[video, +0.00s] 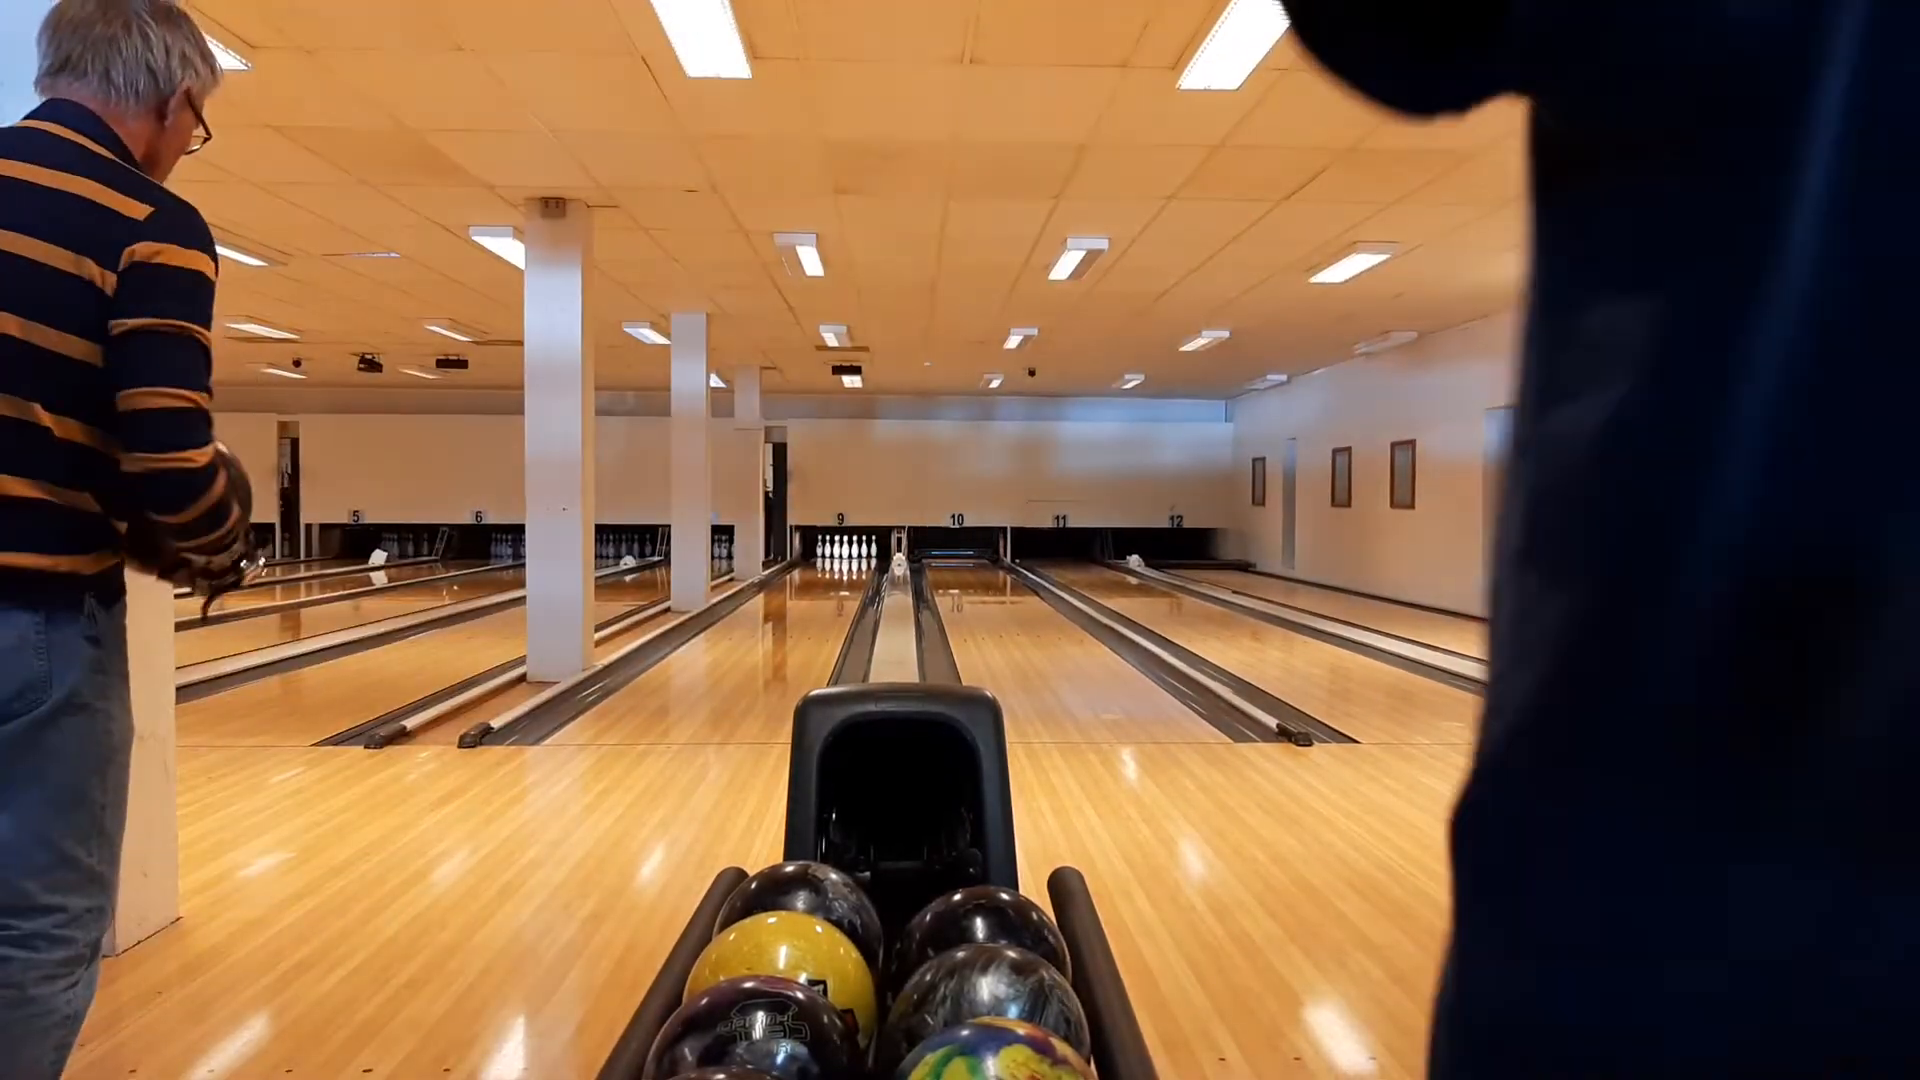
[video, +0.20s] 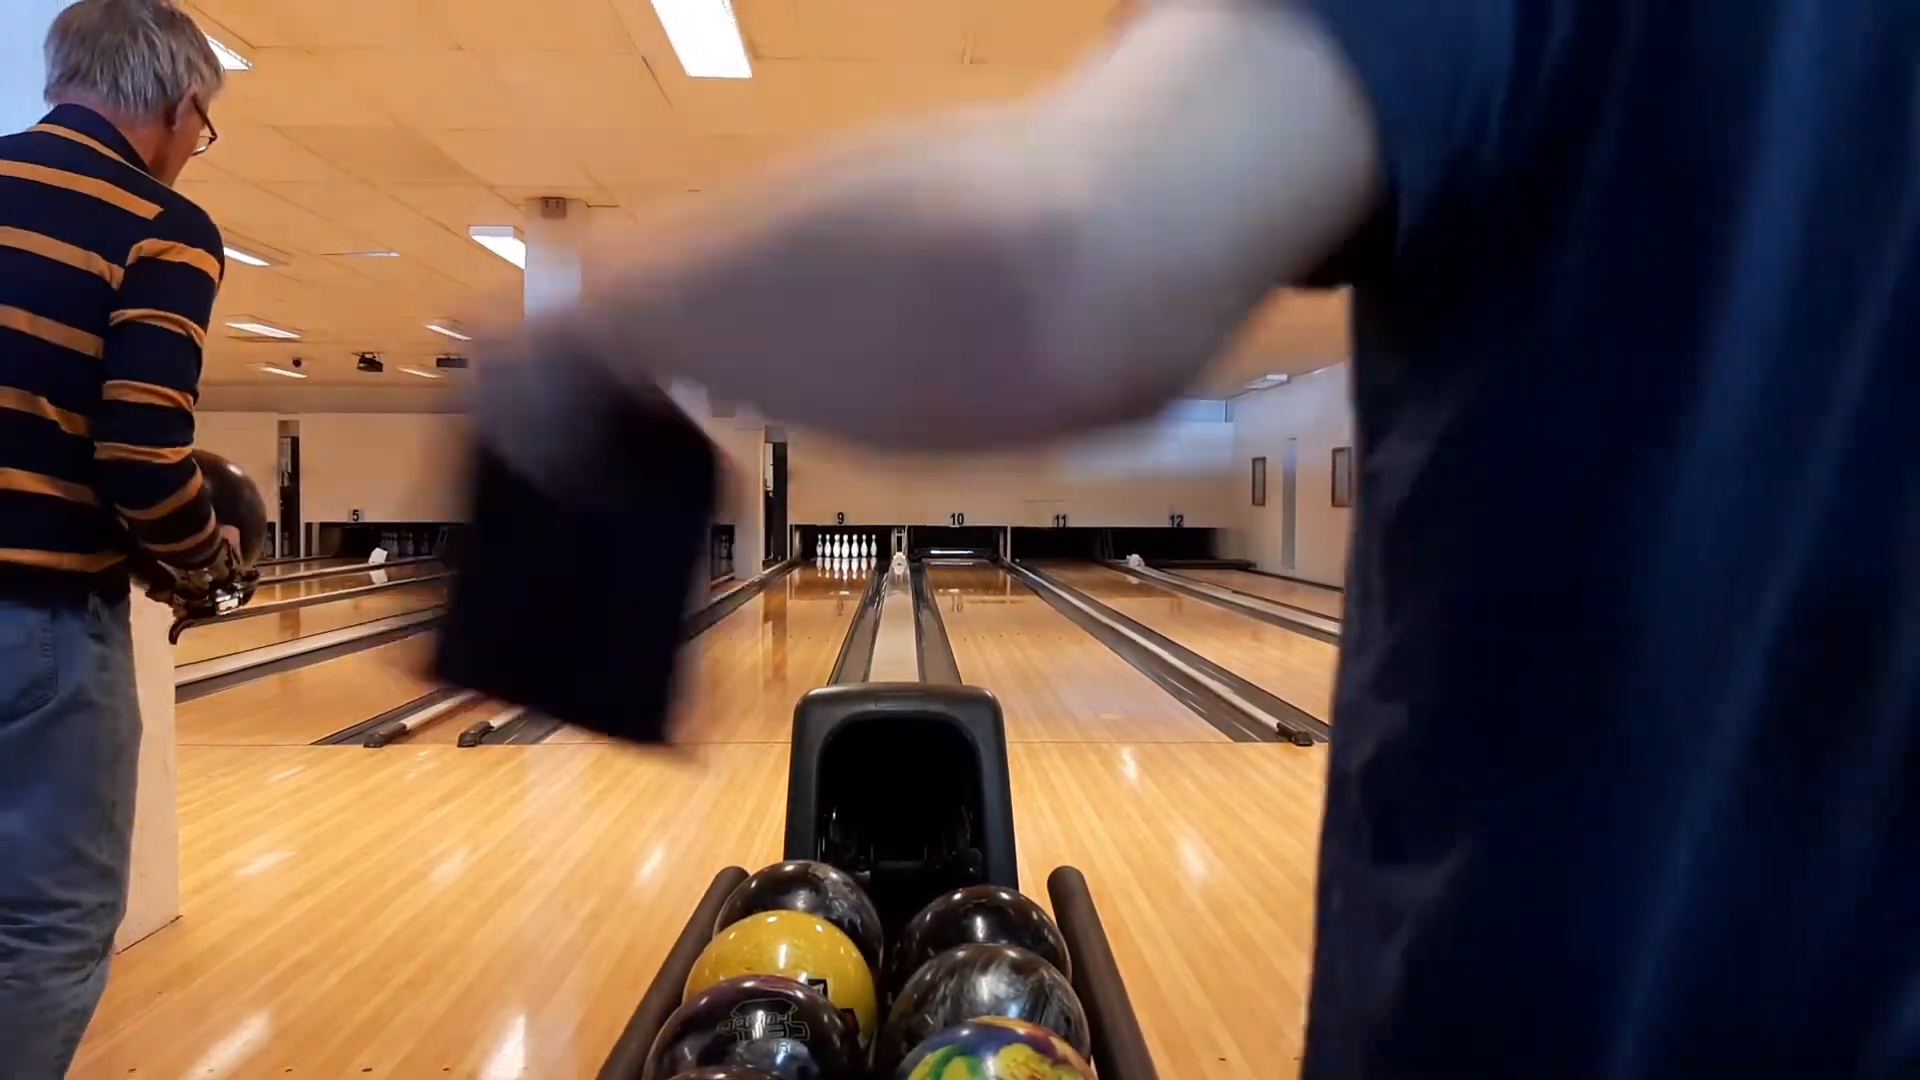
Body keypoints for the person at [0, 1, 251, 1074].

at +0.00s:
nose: (186, 155)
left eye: (196, 134)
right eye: (193, 129)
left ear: (57, 78)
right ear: (160, 106)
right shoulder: (152, 220)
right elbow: (160, 454)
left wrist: (159, 509)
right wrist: (215, 533)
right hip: (39, 609)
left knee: (29, 921)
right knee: (42, 936)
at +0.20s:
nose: (196, 156)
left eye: (203, 132)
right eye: (199, 128)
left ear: (66, 87)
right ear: (168, 108)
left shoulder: (0, 172)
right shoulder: (166, 224)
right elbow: (135, 453)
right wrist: (204, 553)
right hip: (43, 612)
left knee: (30, 916)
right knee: (51, 930)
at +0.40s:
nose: (194, 147)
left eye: (202, 125)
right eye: (199, 121)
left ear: (63, 78)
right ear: (166, 102)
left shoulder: (1, 169)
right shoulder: (166, 220)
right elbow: (141, 459)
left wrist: (176, 493)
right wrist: (211, 535)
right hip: (41, 608)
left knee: (30, 920)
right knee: (43, 934)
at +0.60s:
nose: (185, 133)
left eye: (190, 111)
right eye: (190, 107)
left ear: (52, 73)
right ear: (161, 94)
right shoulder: (159, 211)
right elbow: (139, 441)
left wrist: (170, 512)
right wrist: (207, 539)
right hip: (41, 609)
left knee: (27, 924)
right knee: (39, 941)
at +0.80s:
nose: (189, 156)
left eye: (198, 132)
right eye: (195, 129)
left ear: (62, 78)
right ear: (169, 107)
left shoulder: (6, 165)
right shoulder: (156, 204)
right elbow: (116, 427)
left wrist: (159, 509)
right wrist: (184, 535)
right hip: (43, 611)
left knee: (27, 923)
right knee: (39, 937)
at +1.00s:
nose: (191, 159)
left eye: (201, 135)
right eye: (198, 131)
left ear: (67, 78)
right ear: (170, 107)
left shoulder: (4, 167)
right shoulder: (153, 208)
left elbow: (53, 418)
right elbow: (113, 434)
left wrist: (152, 521)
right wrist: (200, 540)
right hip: (42, 607)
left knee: (23, 915)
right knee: (47, 931)